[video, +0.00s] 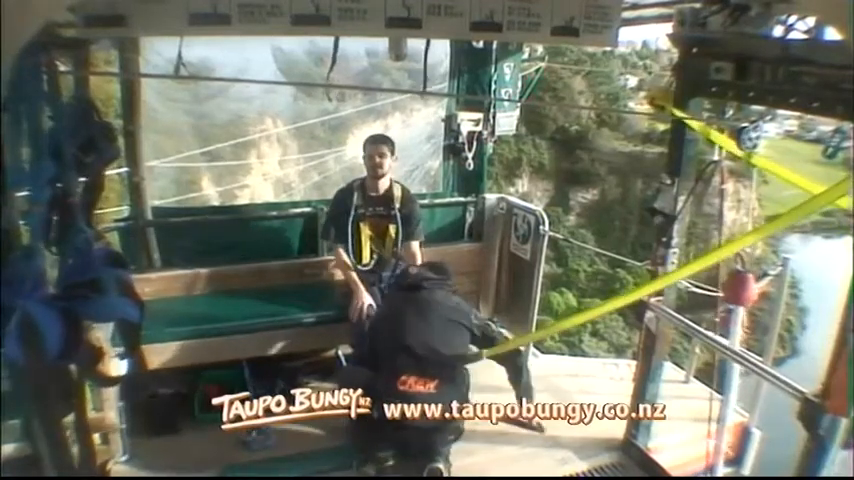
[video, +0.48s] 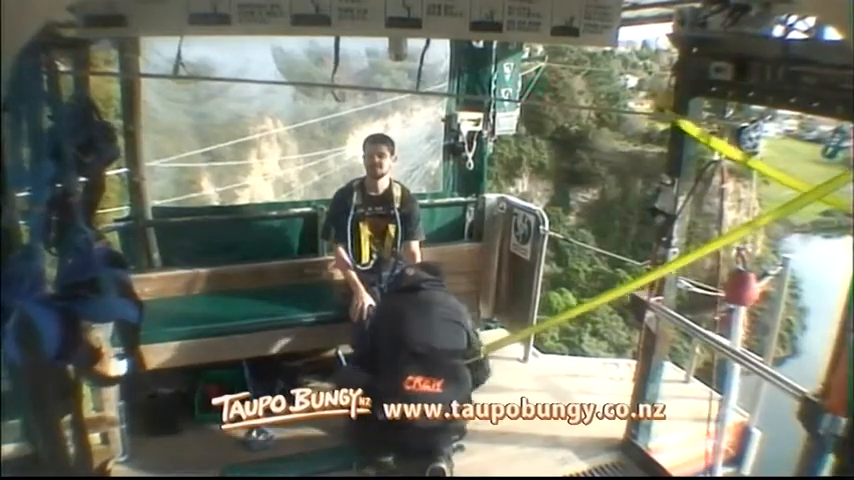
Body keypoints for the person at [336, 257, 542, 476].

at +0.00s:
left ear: (413, 280)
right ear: (447, 284)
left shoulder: (387, 307)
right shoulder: (459, 308)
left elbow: (366, 358)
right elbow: (511, 351)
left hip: (391, 412)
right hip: (441, 414)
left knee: (350, 378)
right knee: (459, 376)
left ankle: (377, 452)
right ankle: (439, 459)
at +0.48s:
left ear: (406, 281)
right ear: (440, 282)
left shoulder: (388, 304)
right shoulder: (458, 307)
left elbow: (367, 359)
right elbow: (481, 368)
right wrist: (461, 389)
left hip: (393, 406)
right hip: (448, 405)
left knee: (347, 377)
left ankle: (377, 454)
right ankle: (442, 455)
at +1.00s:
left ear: (394, 283)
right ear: (431, 282)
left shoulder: (383, 309)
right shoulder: (453, 312)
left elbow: (365, 364)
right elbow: (467, 362)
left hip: (399, 418)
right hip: (453, 418)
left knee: (342, 380)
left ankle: (377, 454)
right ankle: (442, 456)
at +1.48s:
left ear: (396, 287)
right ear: (434, 289)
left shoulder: (389, 308)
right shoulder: (453, 317)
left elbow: (366, 363)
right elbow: (467, 363)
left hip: (400, 414)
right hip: (453, 419)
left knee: (340, 382)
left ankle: (377, 452)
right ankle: (440, 457)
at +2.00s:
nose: (384, 288)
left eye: (388, 283)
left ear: (395, 283)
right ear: (433, 283)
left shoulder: (388, 307)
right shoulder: (455, 316)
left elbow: (366, 361)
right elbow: (472, 369)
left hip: (402, 411)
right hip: (455, 414)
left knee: (341, 382)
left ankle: (377, 452)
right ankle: (440, 457)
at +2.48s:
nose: (389, 279)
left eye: (394, 273)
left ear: (400, 278)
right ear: (437, 279)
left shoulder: (390, 306)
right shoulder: (457, 309)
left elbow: (366, 361)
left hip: (402, 412)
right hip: (455, 414)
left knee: (341, 380)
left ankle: (377, 450)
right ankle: (441, 456)